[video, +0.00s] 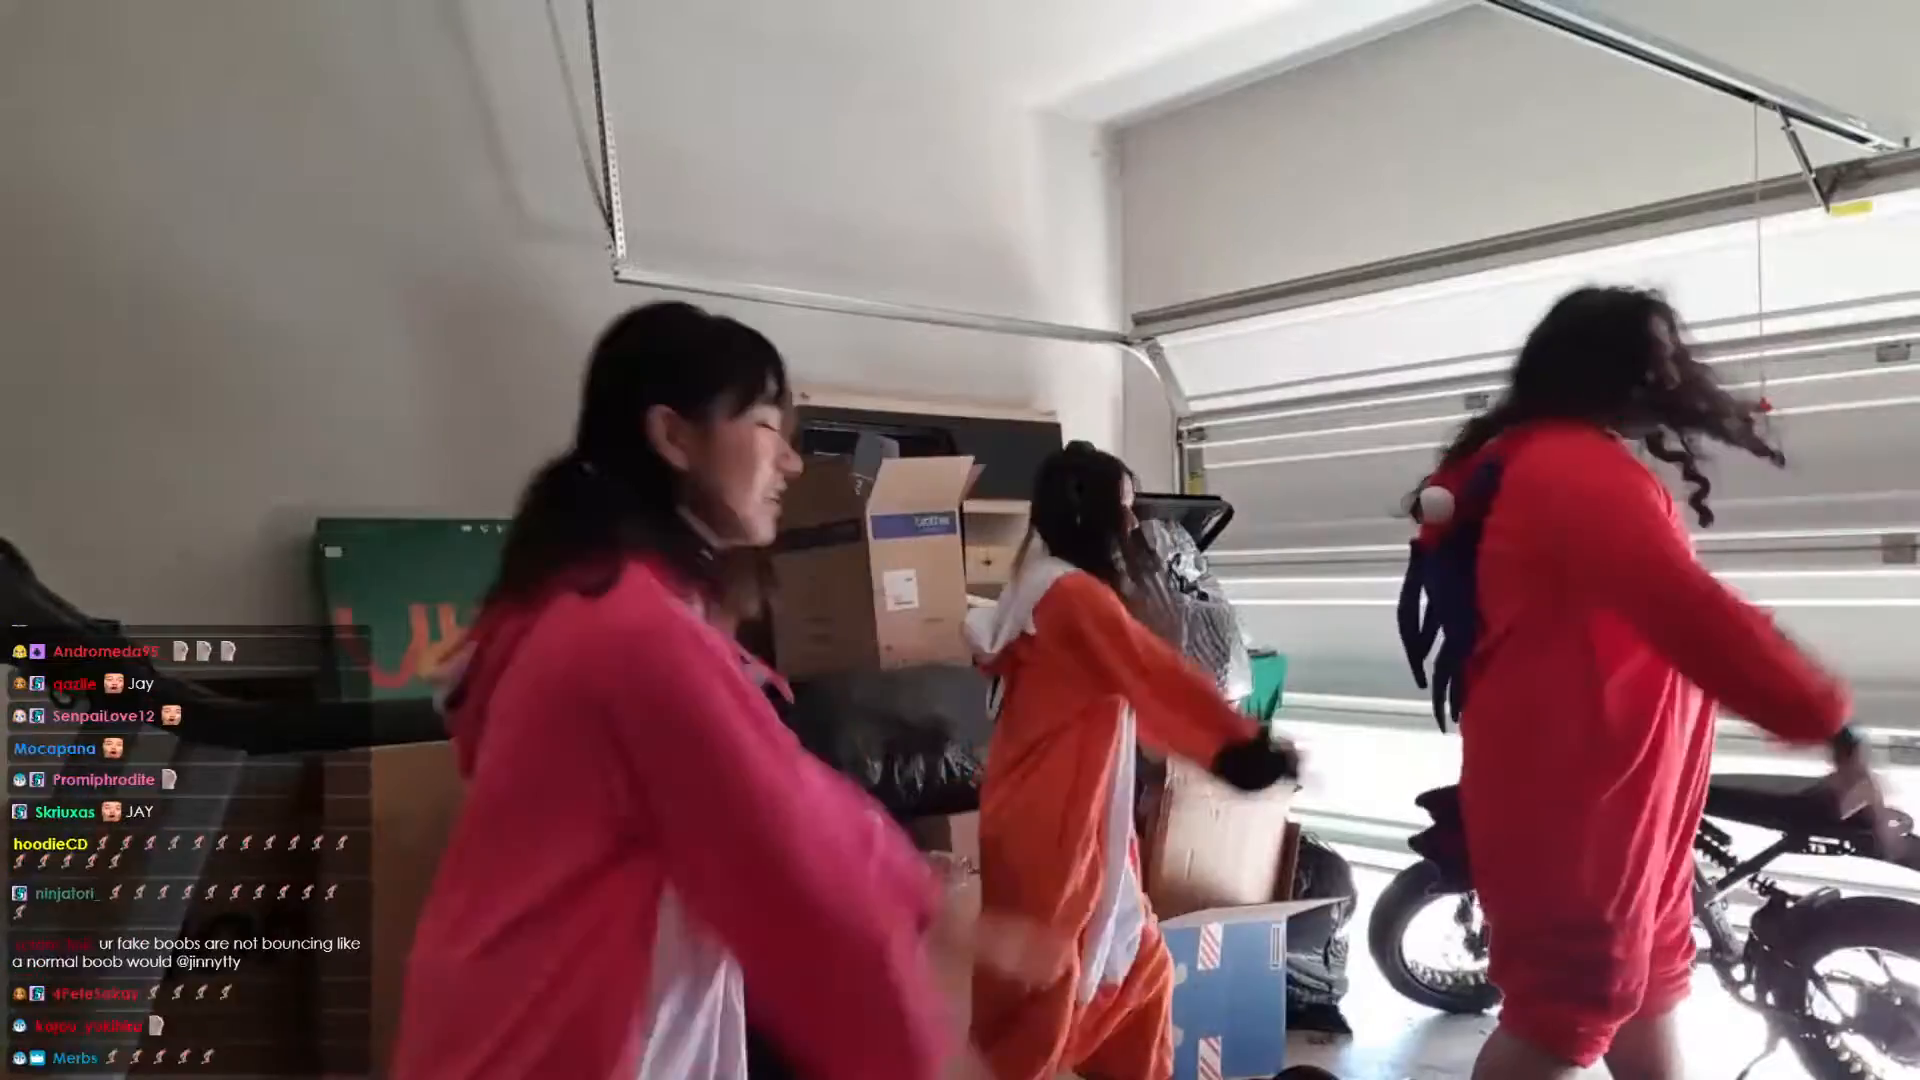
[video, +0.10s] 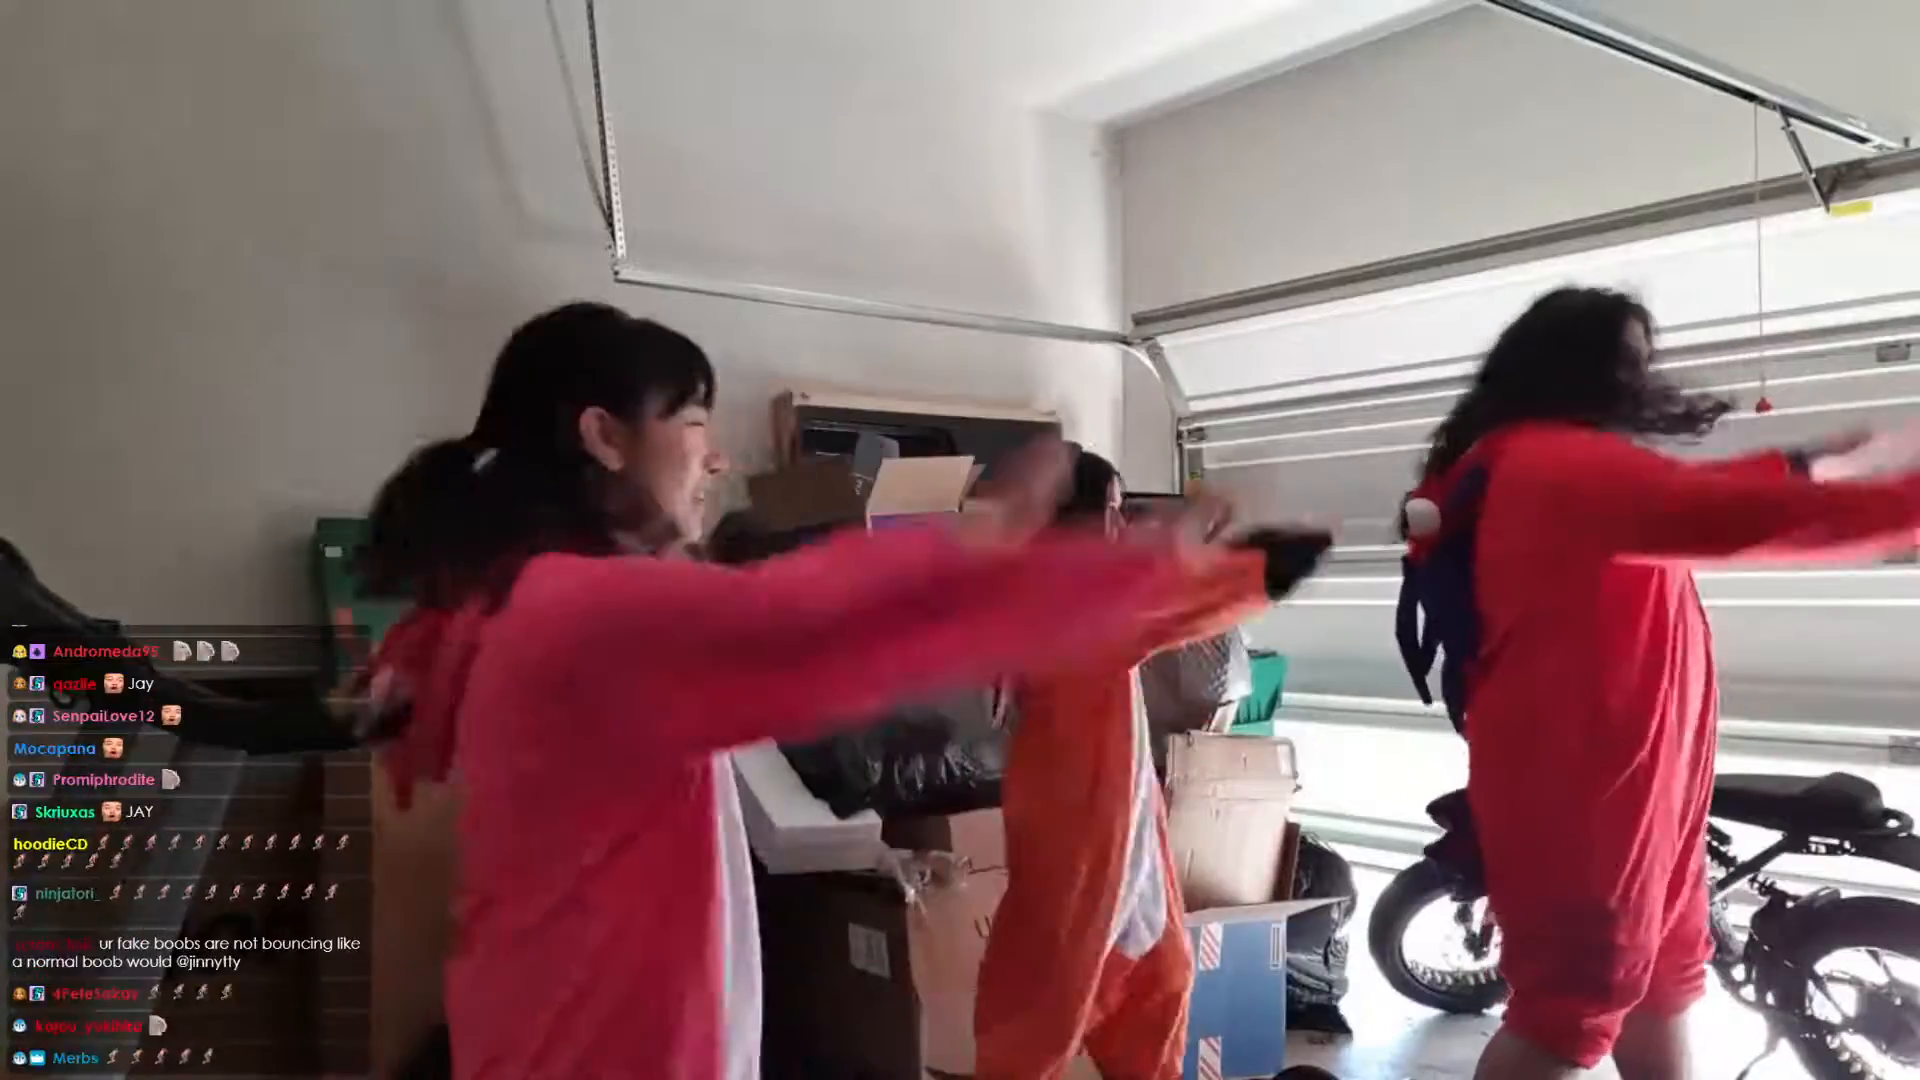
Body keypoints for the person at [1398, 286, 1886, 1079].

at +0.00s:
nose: (1675, 380)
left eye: (1673, 359)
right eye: (1661, 361)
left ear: (1562, 365)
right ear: (1622, 370)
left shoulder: (1591, 462)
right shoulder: (1572, 470)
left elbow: (1676, 603)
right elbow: (1690, 611)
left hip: (1633, 796)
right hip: (1569, 808)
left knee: (1646, 995)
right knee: (1561, 1020)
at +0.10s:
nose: (1646, 381)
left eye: (1646, 360)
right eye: (1630, 361)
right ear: (1579, 366)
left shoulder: (1584, 463)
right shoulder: (1539, 467)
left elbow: (1694, 486)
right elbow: (1731, 508)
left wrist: (1813, 461)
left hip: (1652, 789)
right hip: (1577, 805)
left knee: (1660, 990)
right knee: (1563, 1022)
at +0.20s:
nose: (1656, 392)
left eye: (1656, 375)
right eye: (1638, 375)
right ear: (1580, 380)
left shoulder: (1603, 463)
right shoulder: (1540, 471)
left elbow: (1674, 427)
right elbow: (1746, 438)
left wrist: (1739, 327)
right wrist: (1869, 304)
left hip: (1663, 774)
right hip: (1584, 790)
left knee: (1696, 982)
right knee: (1591, 1020)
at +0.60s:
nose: (1632, 372)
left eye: (1643, 356)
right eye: (1608, 352)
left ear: (1656, 371)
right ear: (1555, 363)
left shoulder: (1605, 473)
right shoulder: (1552, 475)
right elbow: (1666, 609)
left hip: (1648, 789)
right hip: (1573, 797)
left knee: (1650, 999)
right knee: (1552, 1021)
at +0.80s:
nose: (1653, 369)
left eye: (1666, 352)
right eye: (1627, 350)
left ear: (1679, 368)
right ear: (1580, 360)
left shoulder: (1630, 461)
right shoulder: (1567, 466)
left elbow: (1659, 633)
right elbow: (1599, 639)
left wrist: (1688, 776)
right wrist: (1679, 786)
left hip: (1618, 767)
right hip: (1558, 769)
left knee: (1635, 993)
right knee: (1551, 1011)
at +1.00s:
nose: (1627, 377)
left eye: (1638, 360)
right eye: (1601, 359)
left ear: (1653, 372)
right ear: (1548, 371)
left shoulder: (1603, 467)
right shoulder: (1545, 474)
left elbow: (1710, 494)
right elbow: (1731, 520)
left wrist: (1824, 471)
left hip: (1647, 793)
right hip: (1575, 807)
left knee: (1669, 986)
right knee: (1580, 1020)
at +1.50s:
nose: (1671, 370)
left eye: (1684, 352)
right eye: (1645, 350)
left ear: (1699, 369)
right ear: (1593, 365)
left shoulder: (1654, 473)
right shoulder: (1587, 479)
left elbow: (1700, 632)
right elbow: (1676, 643)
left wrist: (1770, 681)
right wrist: (1816, 738)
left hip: (1658, 786)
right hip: (1587, 793)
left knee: (1660, 1000)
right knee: (1576, 1020)